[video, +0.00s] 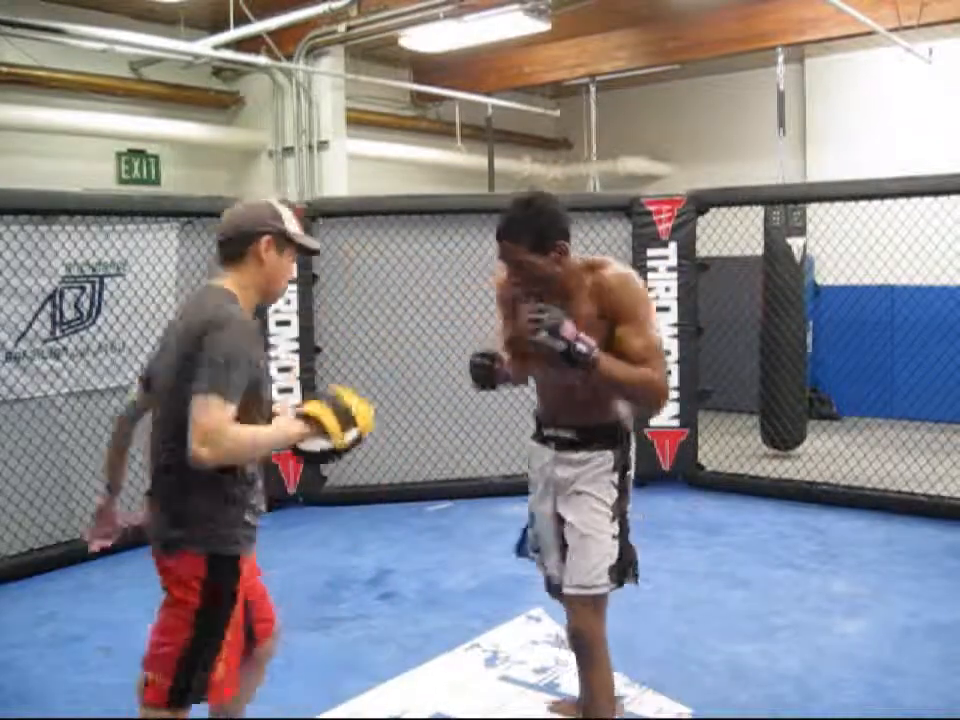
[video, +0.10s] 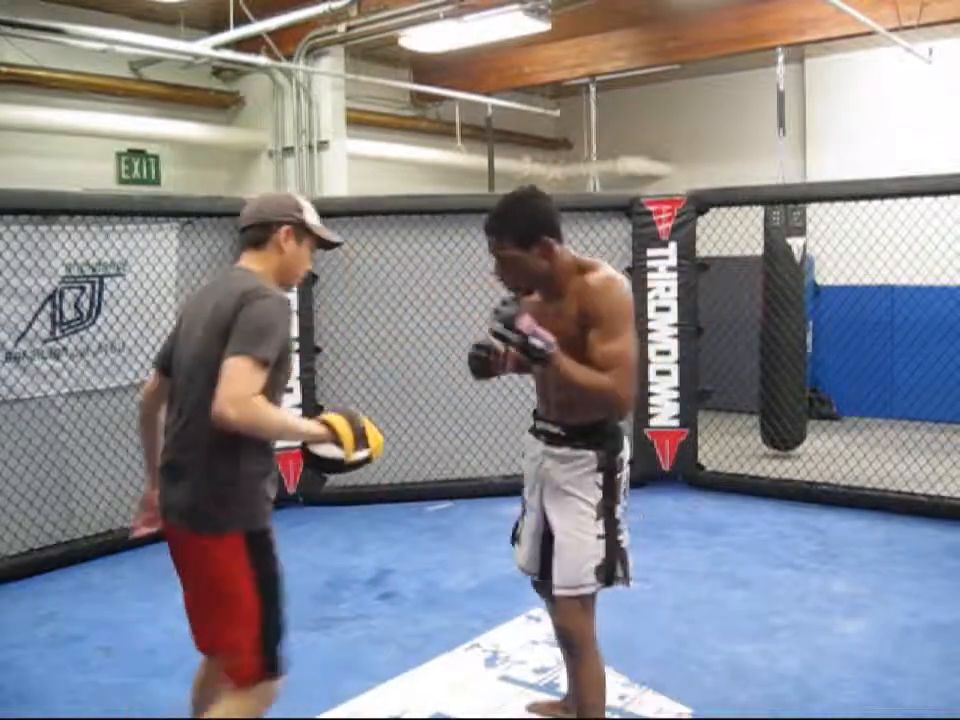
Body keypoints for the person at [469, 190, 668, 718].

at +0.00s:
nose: (510, 274)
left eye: (518, 263)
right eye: (507, 263)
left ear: (556, 253)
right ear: (508, 256)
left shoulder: (617, 285)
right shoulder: (514, 287)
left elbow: (655, 388)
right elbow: (524, 364)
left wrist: (590, 356)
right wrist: (499, 371)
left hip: (599, 454)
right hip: (547, 450)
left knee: (584, 620)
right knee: (566, 596)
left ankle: (600, 710)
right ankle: (596, 698)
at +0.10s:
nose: (497, 270)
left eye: (503, 258)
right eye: (494, 258)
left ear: (543, 248)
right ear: (535, 249)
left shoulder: (605, 290)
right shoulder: (530, 290)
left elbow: (620, 394)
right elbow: (539, 358)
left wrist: (551, 357)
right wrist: (498, 362)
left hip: (589, 459)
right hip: (546, 451)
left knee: (572, 617)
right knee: (552, 593)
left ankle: (591, 712)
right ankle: (579, 698)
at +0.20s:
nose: (488, 260)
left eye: (493, 248)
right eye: (486, 247)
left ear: (529, 241)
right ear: (528, 241)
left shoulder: (589, 296)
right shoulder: (540, 289)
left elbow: (567, 392)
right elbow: (542, 357)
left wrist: (513, 342)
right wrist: (503, 339)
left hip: (581, 456)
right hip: (548, 447)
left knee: (546, 615)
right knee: (559, 595)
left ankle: (582, 710)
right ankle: (573, 697)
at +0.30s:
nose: (474, 256)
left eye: (480, 246)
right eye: (473, 246)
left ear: (513, 241)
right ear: (514, 242)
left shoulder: (561, 289)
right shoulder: (529, 285)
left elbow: (541, 394)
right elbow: (537, 356)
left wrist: (499, 332)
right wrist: (492, 339)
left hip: (584, 449)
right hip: (557, 444)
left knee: (516, 609)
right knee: (541, 574)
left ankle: (530, 712)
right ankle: (587, 685)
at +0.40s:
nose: (466, 288)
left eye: (470, 276)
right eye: (466, 277)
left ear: (499, 276)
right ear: (510, 274)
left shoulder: (550, 327)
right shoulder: (533, 313)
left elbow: (527, 436)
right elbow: (537, 393)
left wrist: (492, 378)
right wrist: (495, 367)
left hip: (581, 482)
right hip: (559, 473)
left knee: (482, 623)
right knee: (550, 587)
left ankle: (476, 713)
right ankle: (605, 678)